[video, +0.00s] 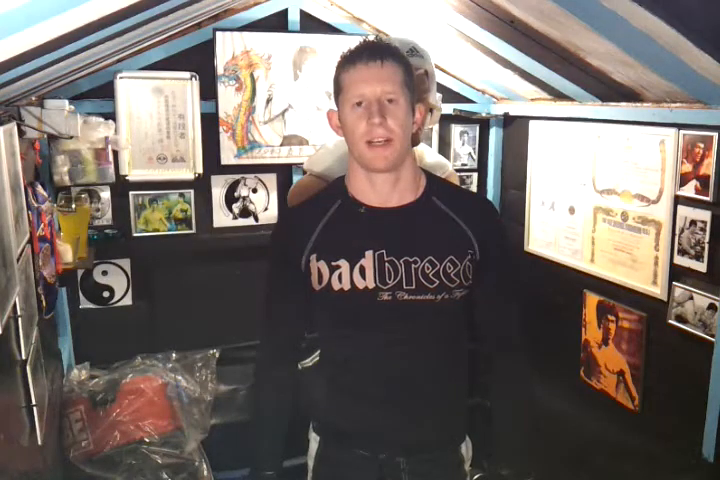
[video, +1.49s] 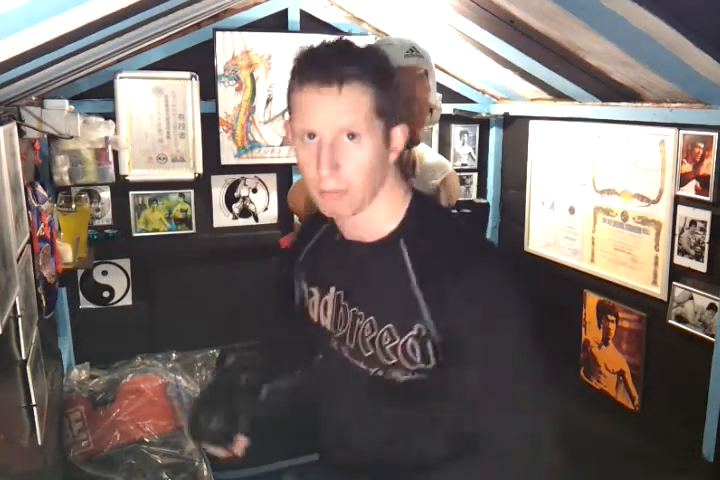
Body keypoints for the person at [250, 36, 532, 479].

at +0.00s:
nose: (376, 118)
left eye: (390, 102)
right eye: (360, 104)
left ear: (417, 117)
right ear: (337, 123)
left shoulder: (476, 222)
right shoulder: (301, 226)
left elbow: (502, 355)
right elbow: (278, 359)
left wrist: (499, 467)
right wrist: (273, 467)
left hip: (440, 459)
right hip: (342, 458)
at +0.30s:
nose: (381, 116)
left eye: (395, 100)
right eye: (364, 102)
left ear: (421, 117)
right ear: (341, 121)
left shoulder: (476, 221)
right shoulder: (302, 226)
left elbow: (501, 354)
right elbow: (278, 359)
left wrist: (499, 466)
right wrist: (271, 467)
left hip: (440, 459)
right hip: (341, 458)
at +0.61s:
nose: (383, 123)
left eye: (397, 105)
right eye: (365, 108)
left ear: (421, 119)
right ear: (339, 124)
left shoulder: (474, 223)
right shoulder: (299, 226)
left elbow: (510, 350)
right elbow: (266, 350)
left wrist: (473, 457)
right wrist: (288, 455)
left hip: (443, 454)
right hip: (338, 454)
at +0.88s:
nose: (361, 137)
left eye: (376, 114)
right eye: (343, 119)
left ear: (402, 121)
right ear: (321, 131)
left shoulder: (464, 224)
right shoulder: (287, 231)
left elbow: (493, 347)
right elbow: (256, 347)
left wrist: (446, 396)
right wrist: (314, 396)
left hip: (433, 455)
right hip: (333, 455)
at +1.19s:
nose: (327, 141)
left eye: (343, 116)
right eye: (308, 122)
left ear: (377, 123)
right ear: (289, 136)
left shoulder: (466, 229)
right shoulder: (278, 240)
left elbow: (514, 347)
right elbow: (251, 349)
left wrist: (455, 421)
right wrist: (286, 388)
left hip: (439, 464)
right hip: (328, 464)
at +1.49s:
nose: (326, 166)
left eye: (351, 137)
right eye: (309, 137)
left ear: (395, 143)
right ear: (291, 140)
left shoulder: (467, 270)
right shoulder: (313, 246)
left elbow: (520, 440)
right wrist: (248, 420)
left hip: (440, 465)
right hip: (340, 463)